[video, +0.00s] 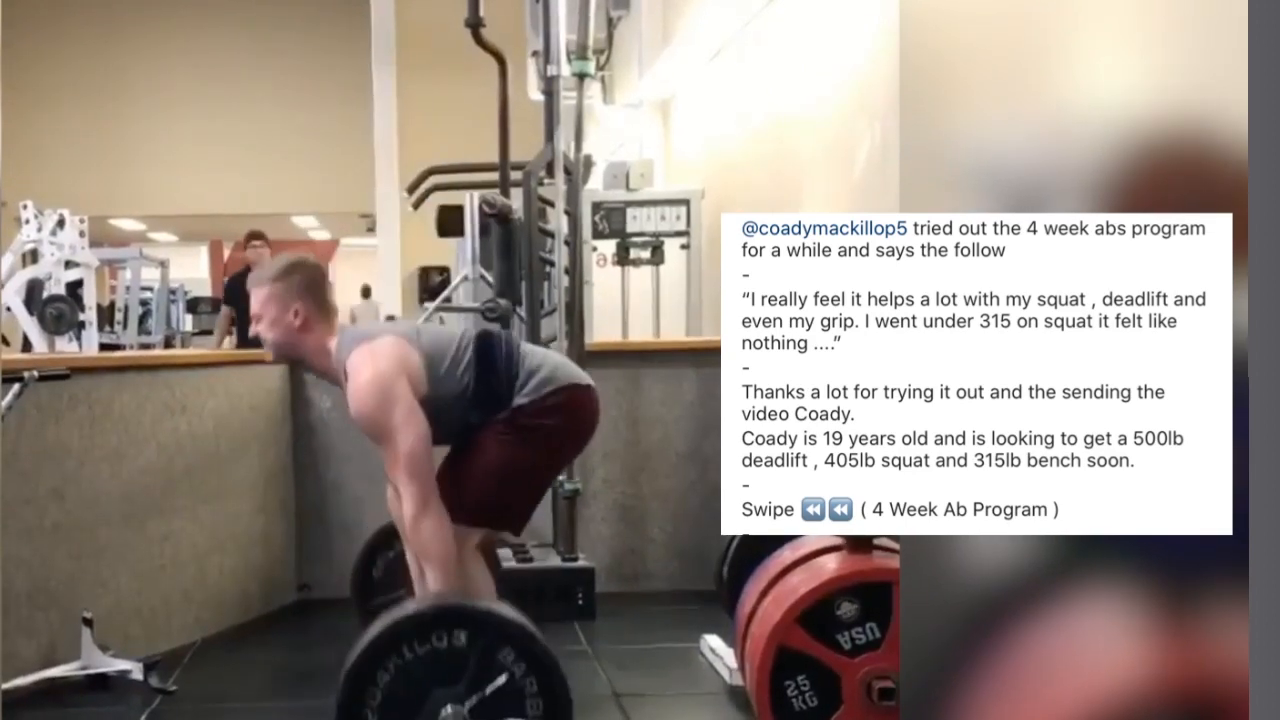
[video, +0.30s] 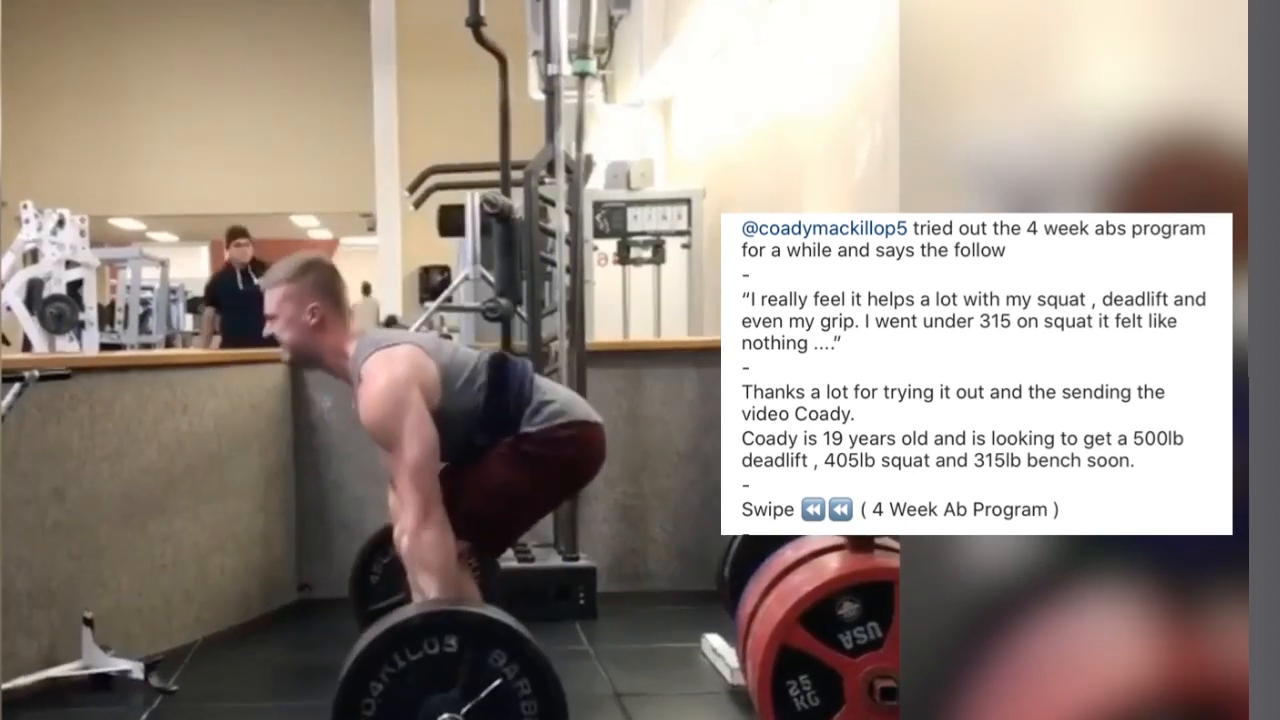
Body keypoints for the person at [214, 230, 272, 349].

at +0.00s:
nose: (258, 251)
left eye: (262, 246)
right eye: (253, 247)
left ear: (270, 250)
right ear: (245, 252)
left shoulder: (279, 278)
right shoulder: (236, 281)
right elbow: (225, 316)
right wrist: (215, 348)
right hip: (246, 348)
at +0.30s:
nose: (244, 250)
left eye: (247, 245)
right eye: (237, 245)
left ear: (252, 247)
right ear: (228, 249)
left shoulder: (266, 273)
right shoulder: (219, 280)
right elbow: (209, 317)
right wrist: (203, 350)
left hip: (267, 348)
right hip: (232, 349)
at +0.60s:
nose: (249, 251)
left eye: (252, 246)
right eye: (243, 246)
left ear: (256, 247)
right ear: (230, 249)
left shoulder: (269, 275)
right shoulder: (214, 279)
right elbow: (201, 316)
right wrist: (194, 350)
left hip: (266, 355)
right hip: (228, 357)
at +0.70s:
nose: (255, 253)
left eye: (258, 247)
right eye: (249, 248)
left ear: (263, 248)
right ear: (235, 249)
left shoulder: (273, 277)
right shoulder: (218, 279)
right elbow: (203, 315)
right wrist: (195, 353)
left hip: (267, 358)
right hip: (230, 360)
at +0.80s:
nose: (262, 252)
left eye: (266, 246)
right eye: (256, 246)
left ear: (269, 247)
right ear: (242, 247)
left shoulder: (277, 276)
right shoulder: (223, 275)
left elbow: (288, 315)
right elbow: (206, 314)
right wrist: (198, 351)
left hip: (271, 357)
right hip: (232, 359)